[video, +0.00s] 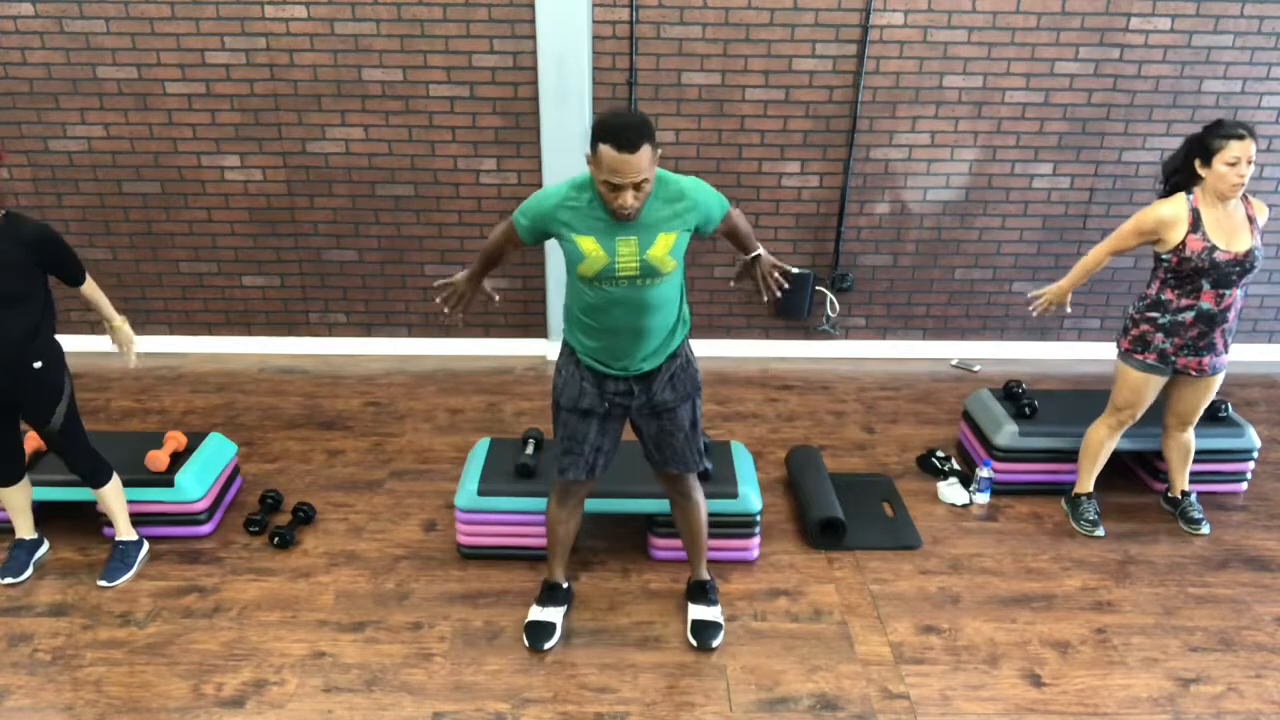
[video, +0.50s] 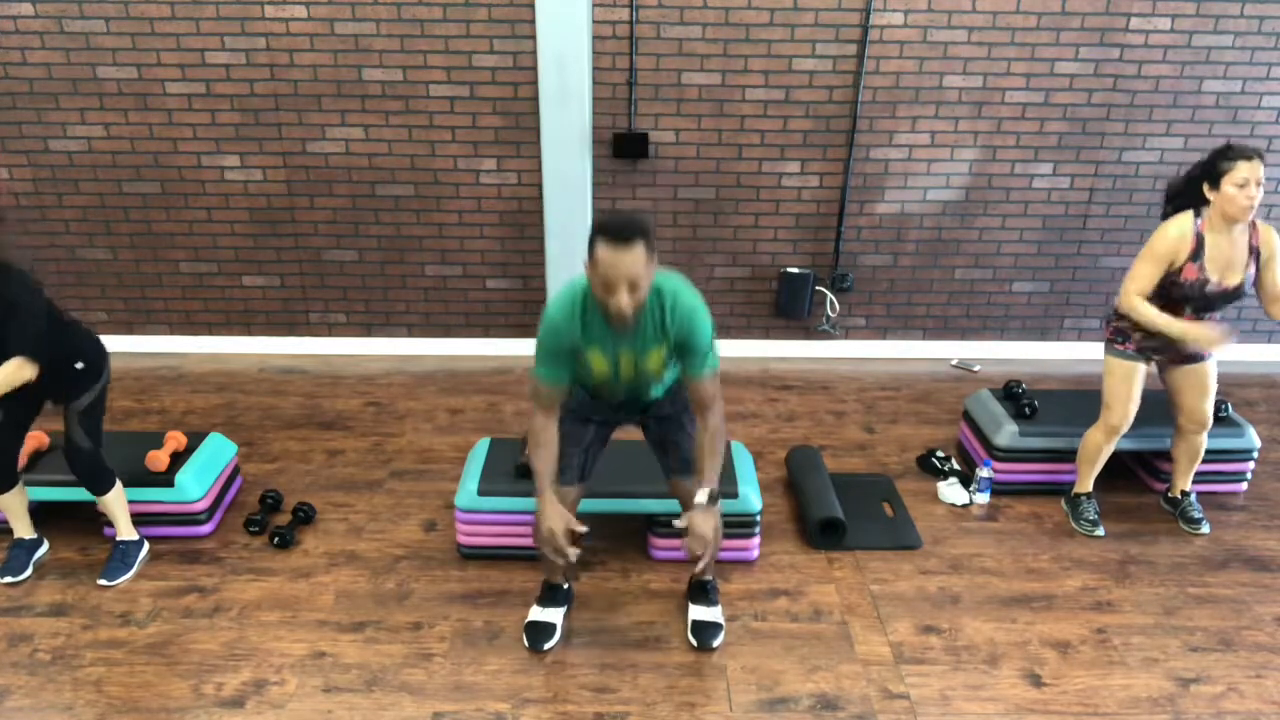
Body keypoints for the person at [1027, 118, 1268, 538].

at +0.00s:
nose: (1244, 173)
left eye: (1249, 164)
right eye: (1233, 164)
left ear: (1254, 166)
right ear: (1203, 167)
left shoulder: (1254, 212)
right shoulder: (1170, 214)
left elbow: (1225, 265)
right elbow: (1106, 250)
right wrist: (1063, 288)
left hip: (1209, 342)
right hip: (1157, 335)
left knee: (1183, 425)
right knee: (1119, 416)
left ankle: (1179, 494)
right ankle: (1081, 494)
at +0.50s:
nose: (1255, 195)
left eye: (1259, 185)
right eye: (1243, 185)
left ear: (1264, 189)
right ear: (1211, 191)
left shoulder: (1263, 239)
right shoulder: (1178, 232)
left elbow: (1274, 307)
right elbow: (1128, 300)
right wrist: (1186, 330)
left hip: (1192, 332)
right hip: (1137, 326)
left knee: (1197, 422)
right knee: (1116, 421)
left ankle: (1179, 494)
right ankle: (1080, 494)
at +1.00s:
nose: (1234, 296)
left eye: (1240, 286)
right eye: (1222, 287)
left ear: (1245, 288)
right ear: (1192, 289)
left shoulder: (1244, 327)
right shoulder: (1161, 321)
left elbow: (1257, 402)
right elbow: (1153, 398)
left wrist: (1253, 360)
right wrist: (1208, 362)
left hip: (1168, 374)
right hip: (1112, 369)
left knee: (1221, 441)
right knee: (1118, 439)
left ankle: (1179, 494)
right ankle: (1079, 495)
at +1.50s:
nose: (1248, 198)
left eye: (1254, 188)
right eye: (1238, 187)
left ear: (1260, 189)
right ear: (1208, 187)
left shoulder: (1259, 236)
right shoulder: (1175, 230)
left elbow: (1279, 287)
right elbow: (1130, 300)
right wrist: (1143, 366)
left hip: (1195, 339)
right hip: (1140, 332)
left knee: (1206, 426)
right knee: (1117, 428)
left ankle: (1179, 494)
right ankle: (1080, 494)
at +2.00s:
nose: (1244, 173)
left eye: (1249, 163)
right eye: (1233, 164)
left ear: (1253, 164)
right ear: (1203, 166)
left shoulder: (1255, 211)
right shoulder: (1168, 215)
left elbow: (1227, 266)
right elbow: (1109, 257)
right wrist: (1070, 293)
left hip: (1213, 341)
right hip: (1160, 336)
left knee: (1183, 424)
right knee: (1124, 420)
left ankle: (1175, 494)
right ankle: (1081, 493)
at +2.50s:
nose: (1247, 191)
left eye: (1252, 181)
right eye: (1235, 182)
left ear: (1257, 184)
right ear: (1205, 188)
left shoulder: (1263, 234)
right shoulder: (1177, 227)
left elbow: (1278, 277)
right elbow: (1142, 295)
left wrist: (1264, 269)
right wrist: (1216, 289)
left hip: (1185, 330)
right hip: (1132, 324)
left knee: (1192, 416)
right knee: (1111, 417)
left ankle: (1174, 493)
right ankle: (1074, 494)